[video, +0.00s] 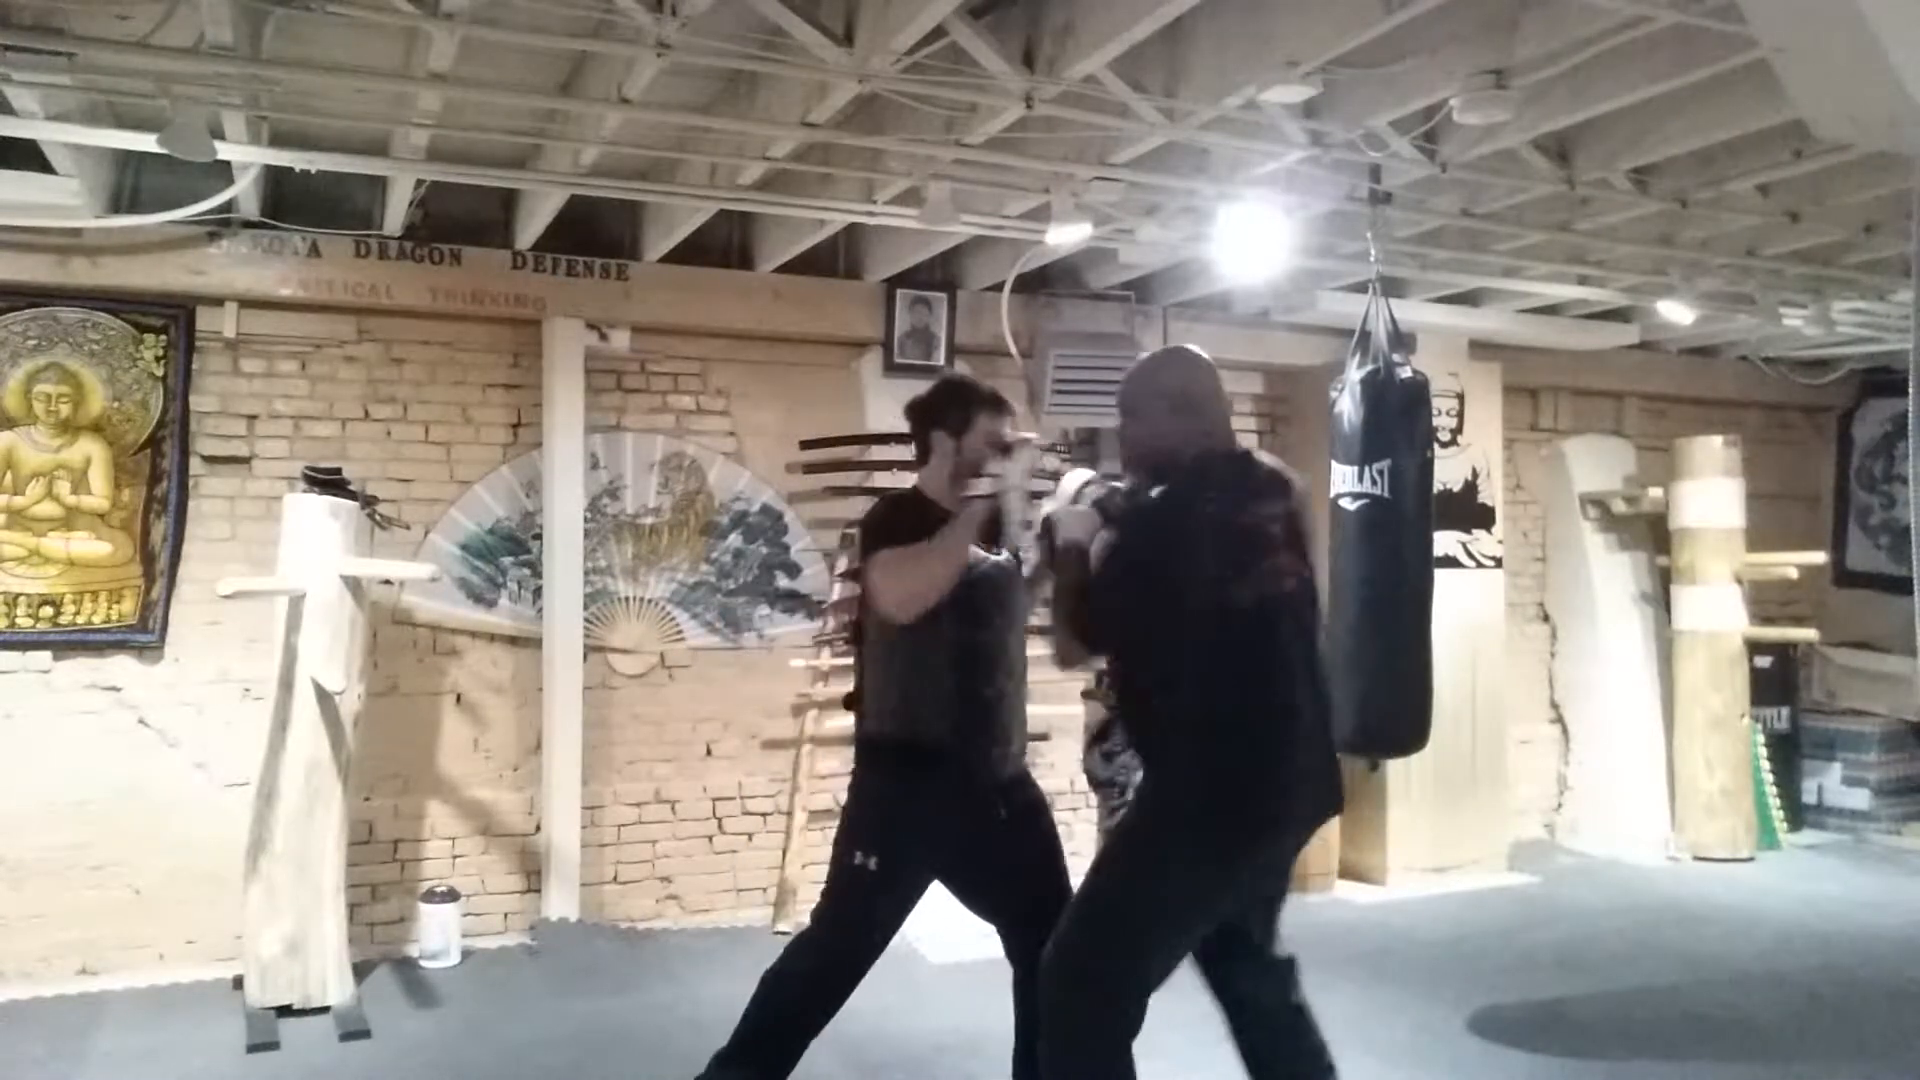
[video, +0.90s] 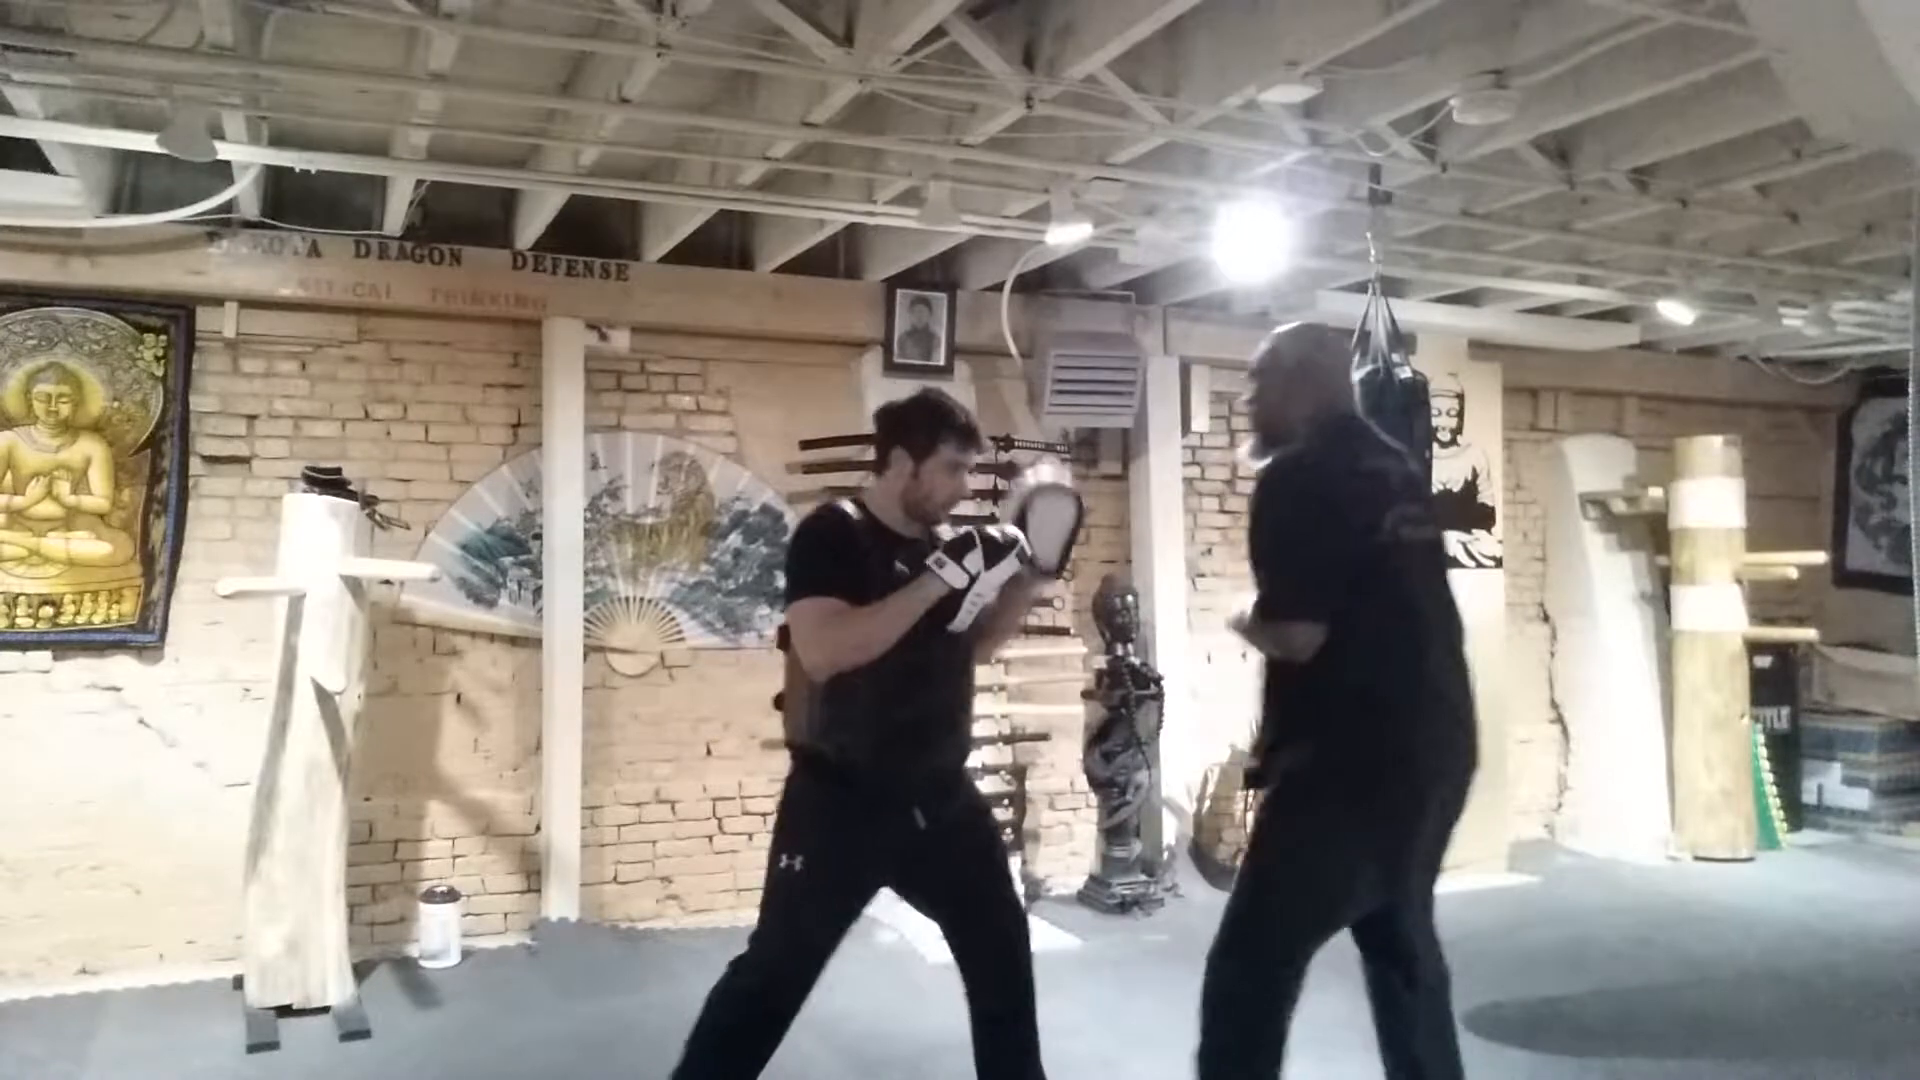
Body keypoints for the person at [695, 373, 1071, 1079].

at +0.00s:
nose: (1002, 459)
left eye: (1006, 446)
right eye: (992, 443)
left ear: (997, 453)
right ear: (943, 441)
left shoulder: (999, 533)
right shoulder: (897, 517)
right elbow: (898, 596)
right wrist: (980, 505)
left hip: (998, 788)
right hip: (904, 789)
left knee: (1054, 957)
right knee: (830, 959)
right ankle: (732, 1076)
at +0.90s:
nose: (967, 487)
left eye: (970, 471)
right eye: (957, 469)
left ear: (914, 466)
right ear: (904, 462)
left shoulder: (944, 550)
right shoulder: (830, 532)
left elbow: (961, 651)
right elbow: (820, 650)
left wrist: (1015, 598)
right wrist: (940, 578)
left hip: (940, 800)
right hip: (839, 802)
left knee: (1002, 963)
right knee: (773, 977)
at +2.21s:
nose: (1013, 482)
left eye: (1013, 468)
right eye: (996, 466)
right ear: (944, 470)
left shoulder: (1001, 567)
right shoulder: (882, 556)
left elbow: (1015, 659)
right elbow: (839, 674)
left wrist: (1054, 627)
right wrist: (963, 656)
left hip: (999, 813)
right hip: (894, 815)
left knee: (1077, 945)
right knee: (801, 976)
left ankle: (1089, 1076)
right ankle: (728, 1078)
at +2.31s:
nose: (1055, 481)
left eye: (1057, 467)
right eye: (1038, 465)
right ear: (984, 470)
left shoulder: (1053, 564)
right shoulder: (923, 553)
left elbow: (1077, 674)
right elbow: (885, 677)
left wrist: (1096, 670)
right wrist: (1001, 679)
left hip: (1041, 809)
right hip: (931, 808)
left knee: (1109, 946)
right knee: (855, 970)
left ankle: (1099, 1079)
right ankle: (793, 1076)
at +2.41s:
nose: (1071, 463)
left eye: (1074, 450)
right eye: (1054, 449)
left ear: (1073, 454)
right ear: (1000, 455)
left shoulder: (1078, 542)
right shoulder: (945, 533)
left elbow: (1114, 635)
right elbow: (903, 655)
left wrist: (1147, 624)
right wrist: (1034, 656)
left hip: (1060, 793)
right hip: (952, 791)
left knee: (1115, 938)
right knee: (895, 955)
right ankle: (853, 1073)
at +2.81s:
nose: (1132, 463)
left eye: (1136, 449)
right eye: (1113, 450)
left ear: (1142, 454)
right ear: (1064, 458)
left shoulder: (1159, 545)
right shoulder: (1017, 541)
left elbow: (1176, 649)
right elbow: (964, 647)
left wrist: (1217, 671)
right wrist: (1074, 644)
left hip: (1159, 797)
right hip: (1048, 799)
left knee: (1227, 969)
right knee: (991, 965)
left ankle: (1256, 1077)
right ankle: (957, 1074)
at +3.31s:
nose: (1138, 490)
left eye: (1142, 476)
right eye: (1122, 475)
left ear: (1143, 476)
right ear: (1072, 474)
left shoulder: (1141, 561)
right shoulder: (1020, 559)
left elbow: (1147, 654)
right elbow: (986, 672)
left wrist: (1197, 659)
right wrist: (1111, 655)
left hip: (1142, 810)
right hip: (1045, 816)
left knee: (1212, 961)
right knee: (1012, 966)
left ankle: (1250, 1077)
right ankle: (910, 1069)